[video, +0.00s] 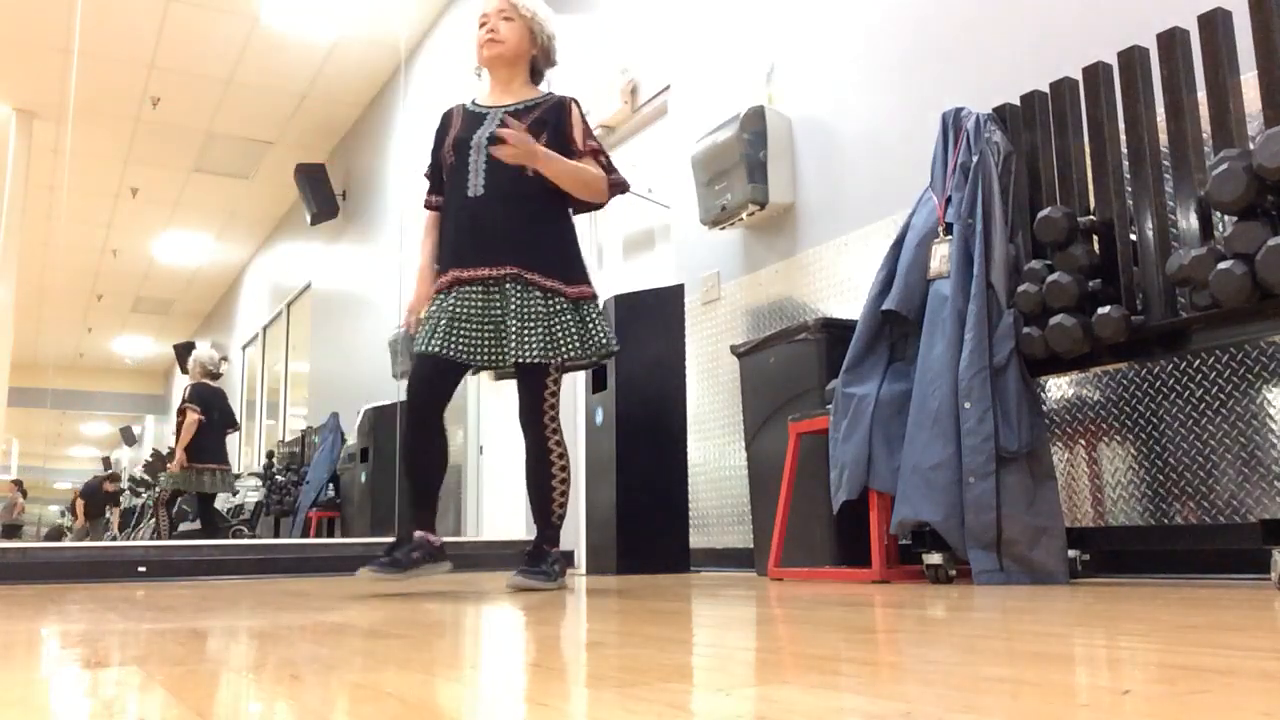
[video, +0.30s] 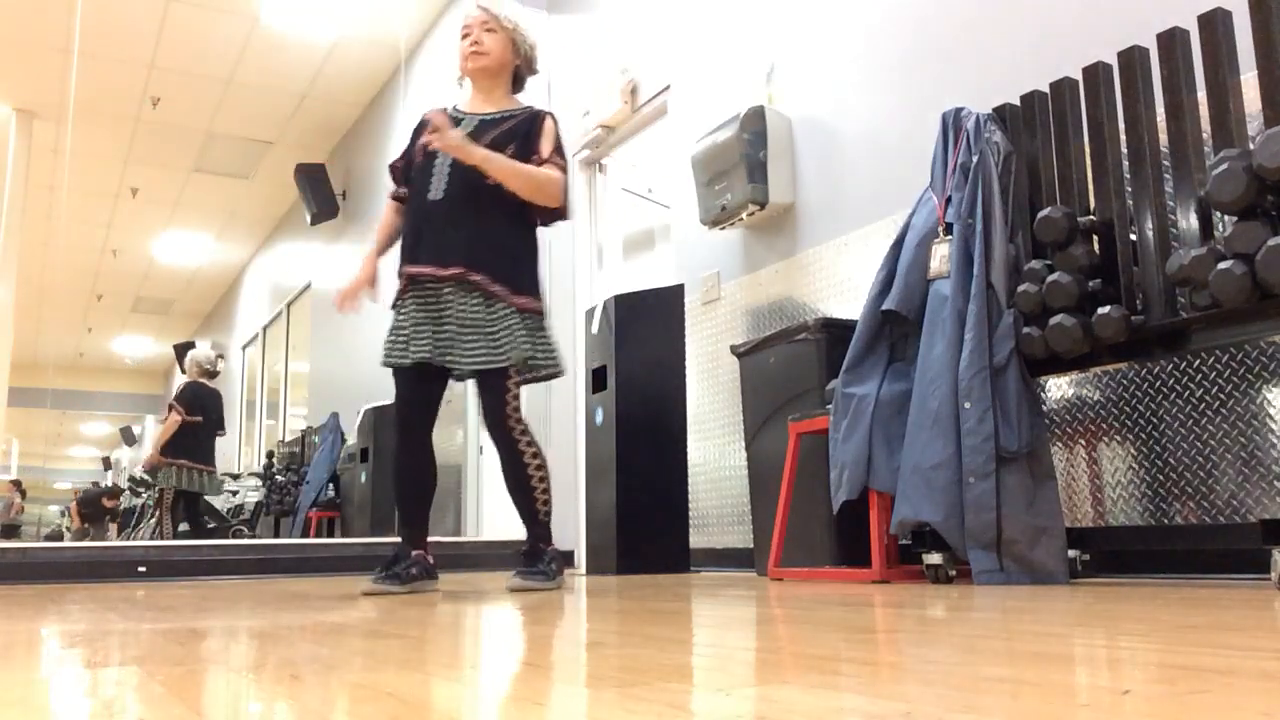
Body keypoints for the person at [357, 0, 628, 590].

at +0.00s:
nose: (488, 27)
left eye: (504, 20)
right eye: (481, 23)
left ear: (534, 41)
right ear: (475, 47)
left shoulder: (559, 110)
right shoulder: (455, 120)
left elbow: (600, 188)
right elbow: (436, 213)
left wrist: (537, 156)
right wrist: (424, 286)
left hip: (538, 278)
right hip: (465, 280)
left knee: (538, 415)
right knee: (421, 398)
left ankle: (546, 551)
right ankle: (422, 537)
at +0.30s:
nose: (472, 38)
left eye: (486, 31)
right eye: (465, 35)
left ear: (518, 52)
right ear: (459, 59)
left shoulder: (534, 121)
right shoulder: (435, 126)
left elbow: (553, 193)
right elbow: (399, 202)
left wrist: (470, 152)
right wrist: (371, 260)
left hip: (496, 288)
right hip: (426, 286)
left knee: (503, 420)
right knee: (410, 423)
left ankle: (542, 551)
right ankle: (414, 553)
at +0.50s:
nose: (463, 40)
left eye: (477, 32)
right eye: (457, 36)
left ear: (509, 52)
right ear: (454, 60)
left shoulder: (528, 118)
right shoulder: (433, 126)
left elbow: (530, 192)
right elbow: (398, 204)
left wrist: (456, 220)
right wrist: (363, 238)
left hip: (494, 290)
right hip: (423, 288)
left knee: (482, 417)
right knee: (414, 422)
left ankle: (514, 549)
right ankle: (415, 553)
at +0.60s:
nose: (464, 39)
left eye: (479, 31)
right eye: (459, 35)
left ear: (510, 53)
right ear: (455, 58)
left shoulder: (531, 118)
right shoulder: (438, 129)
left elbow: (536, 197)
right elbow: (410, 211)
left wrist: (496, 257)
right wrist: (379, 227)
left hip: (501, 291)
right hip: (430, 289)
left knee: (492, 423)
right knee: (417, 425)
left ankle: (515, 551)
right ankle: (415, 553)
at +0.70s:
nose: (466, 39)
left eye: (482, 32)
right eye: (461, 35)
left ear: (511, 53)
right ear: (457, 61)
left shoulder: (535, 119)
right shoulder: (442, 133)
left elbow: (563, 208)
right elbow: (426, 217)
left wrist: (568, 285)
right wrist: (401, 215)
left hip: (513, 291)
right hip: (444, 292)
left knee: (505, 421)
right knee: (416, 416)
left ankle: (517, 552)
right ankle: (418, 549)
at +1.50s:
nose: (472, 82)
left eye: (484, 75)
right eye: (463, 80)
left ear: (511, 95)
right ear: (457, 105)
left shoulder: (542, 159)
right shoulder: (440, 164)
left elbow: (579, 230)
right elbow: (422, 239)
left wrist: (540, 207)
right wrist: (407, 292)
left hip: (518, 308)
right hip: (450, 309)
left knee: (511, 424)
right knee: (457, 436)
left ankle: (532, 526)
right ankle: (479, 550)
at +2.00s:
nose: (482, 88)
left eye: (495, 82)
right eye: (475, 86)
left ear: (523, 101)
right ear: (472, 112)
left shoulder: (551, 159)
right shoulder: (459, 173)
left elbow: (574, 229)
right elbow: (445, 256)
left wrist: (547, 280)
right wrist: (421, 317)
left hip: (541, 315)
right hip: (477, 319)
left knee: (541, 439)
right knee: (479, 436)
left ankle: (545, 550)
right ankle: (505, 548)